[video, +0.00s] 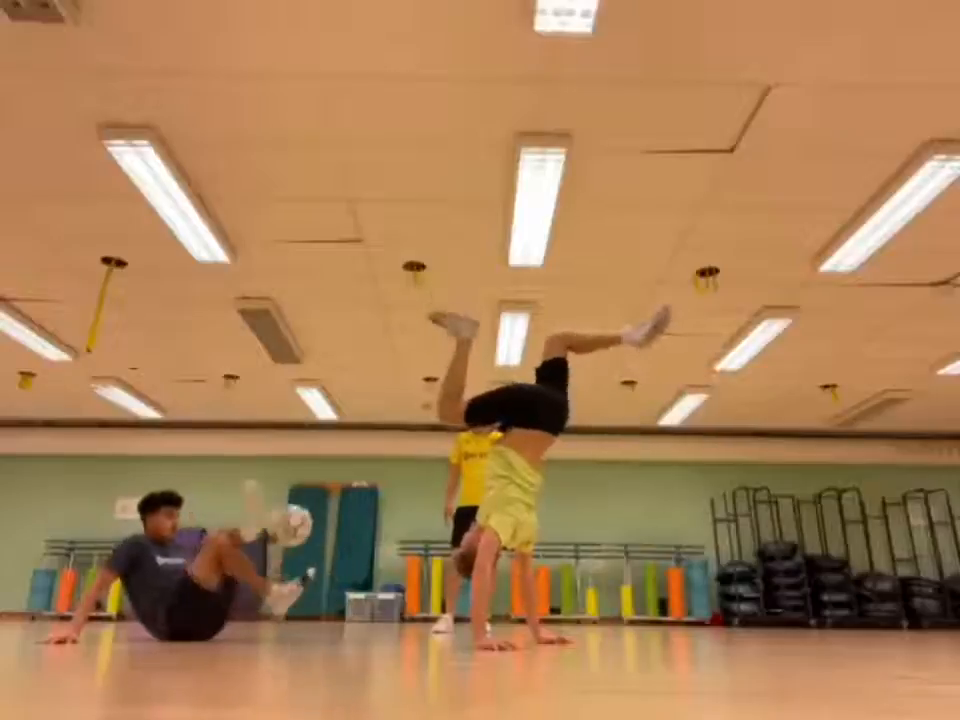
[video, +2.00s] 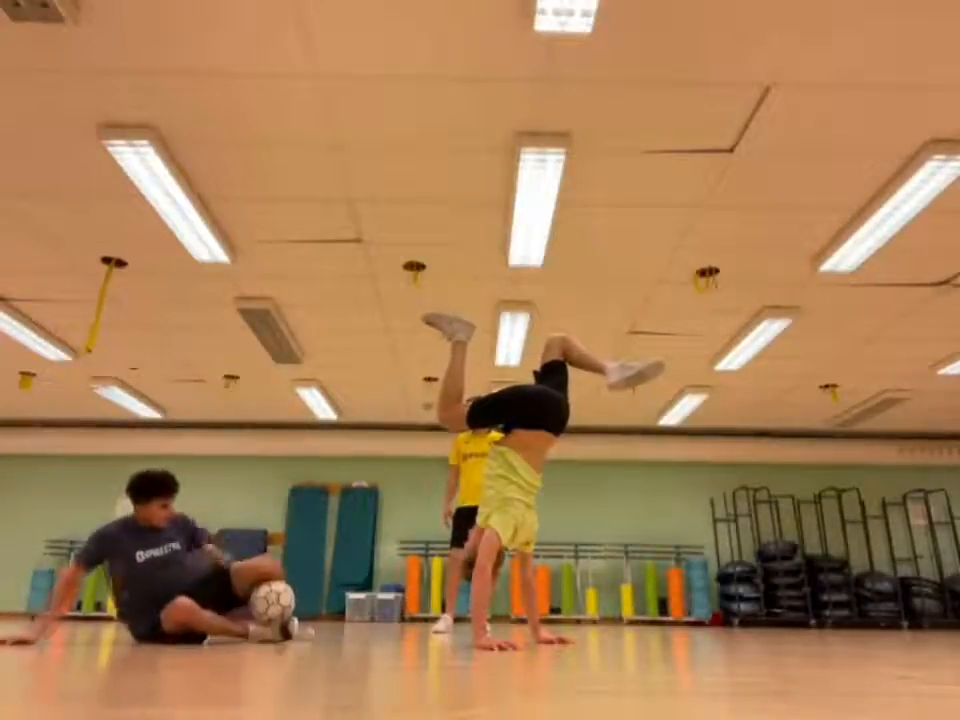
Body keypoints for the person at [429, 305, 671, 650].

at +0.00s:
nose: (479, 558)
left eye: (473, 557)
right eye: (475, 556)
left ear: (471, 550)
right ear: (473, 545)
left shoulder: (522, 536)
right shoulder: (492, 530)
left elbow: (526, 586)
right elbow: (483, 579)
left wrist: (537, 633)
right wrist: (481, 637)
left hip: (553, 413)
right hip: (529, 409)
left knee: (557, 342)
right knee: (451, 414)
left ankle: (629, 336)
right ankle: (464, 338)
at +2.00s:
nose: (485, 562)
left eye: (484, 566)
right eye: (482, 563)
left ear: (474, 548)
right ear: (475, 543)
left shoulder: (525, 534)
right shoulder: (495, 527)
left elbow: (527, 582)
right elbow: (482, 575)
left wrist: (537, 631)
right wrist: (481, 636)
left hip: (554, 414)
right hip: (533, 408)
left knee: (557, 343)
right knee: (452, 416)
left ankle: (612, 370)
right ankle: (459, 342)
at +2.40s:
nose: (482, 572)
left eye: (484, 574)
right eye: (481, 573)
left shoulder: (523, 537)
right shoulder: (493, 528)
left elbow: (526, 584)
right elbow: (481, 577)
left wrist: (536, 631)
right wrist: (480, 636)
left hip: (553, 415)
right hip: (530, 408)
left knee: (560, 344)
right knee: (451, 416)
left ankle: (614, 377)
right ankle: (462, 338)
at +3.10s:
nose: (484, 568)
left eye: (478, 567)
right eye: (479, 568)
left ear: (475, 549)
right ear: (478, 544)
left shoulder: (525, 536)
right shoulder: (496, 528)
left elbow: (527, 583)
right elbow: (482, 575)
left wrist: (536, 632)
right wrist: (481, 636)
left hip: (555, 414)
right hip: (531, 408)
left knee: (550, 343)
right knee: (452, 419)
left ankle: (622, 345)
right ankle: (459, 346)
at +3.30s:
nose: (482, 556)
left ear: (473, 555)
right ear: (476, 548)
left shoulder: (524, 538)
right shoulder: (494, 531)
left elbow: (528, 586)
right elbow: (482, 578)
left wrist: (536, 631)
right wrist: (481, 636)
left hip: (555, 414)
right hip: (531, 408)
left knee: (549, 342)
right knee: (452, 420)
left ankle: (623, 330)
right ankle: (460, 347)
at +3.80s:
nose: (463, 539)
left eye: (458, 542)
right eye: (463, 546)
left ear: (467, 549)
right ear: (473, 554)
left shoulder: (519, 539)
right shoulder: (491, 532)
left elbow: (529, 586)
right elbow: (482, 578)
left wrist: (537, 632)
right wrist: (481, 635)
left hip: (553, 415)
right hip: (531, 410)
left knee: (538, 350)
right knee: (469, 353)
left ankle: (599, 313)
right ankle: (457, 272)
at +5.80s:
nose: (501, 528)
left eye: (497, 532)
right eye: (498, 533)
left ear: (501, 550)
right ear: (501, 546)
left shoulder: (539, 544)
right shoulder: (523, 541)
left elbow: (537, 582)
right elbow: (487, 573)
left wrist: (538, 632)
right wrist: (480, 636)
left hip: (633, 472)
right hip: (624, 461)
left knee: (702, 442)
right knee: (638, 365)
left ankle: (760, 524)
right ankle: (712, 392)